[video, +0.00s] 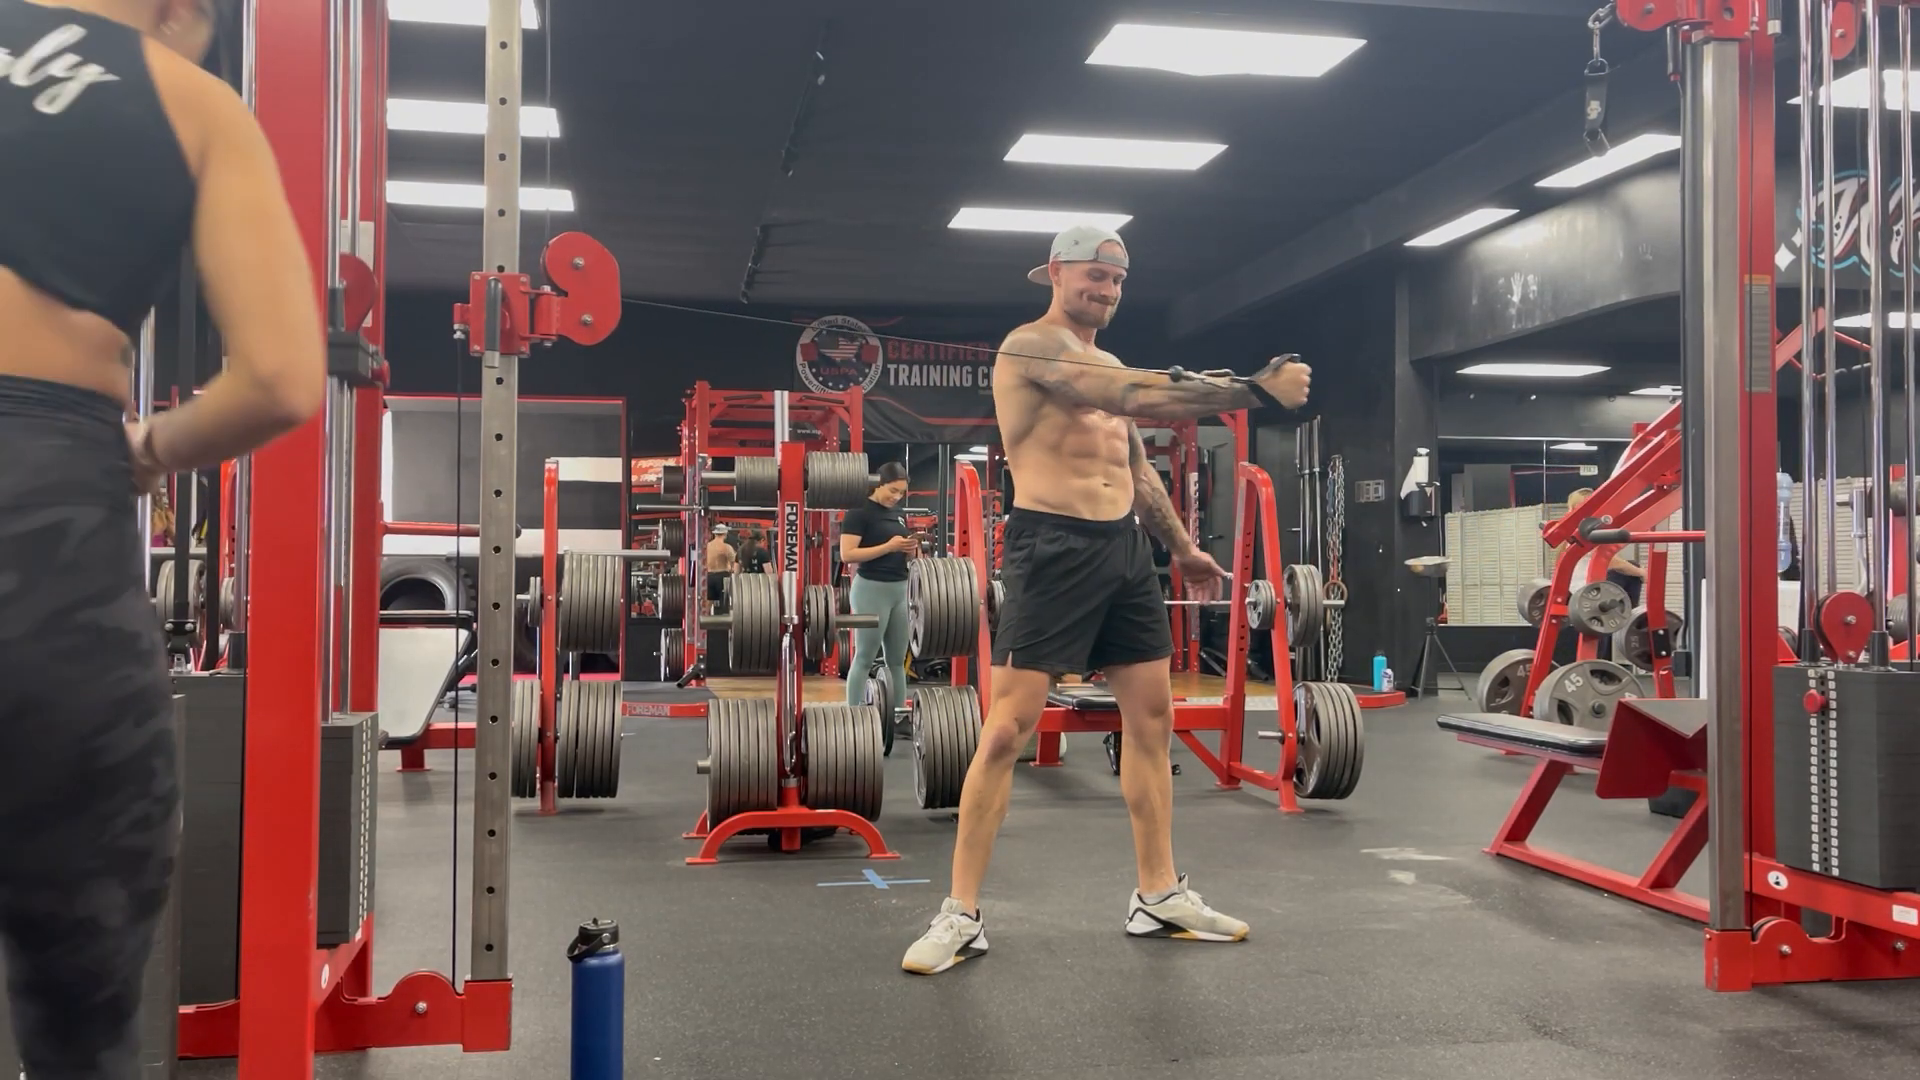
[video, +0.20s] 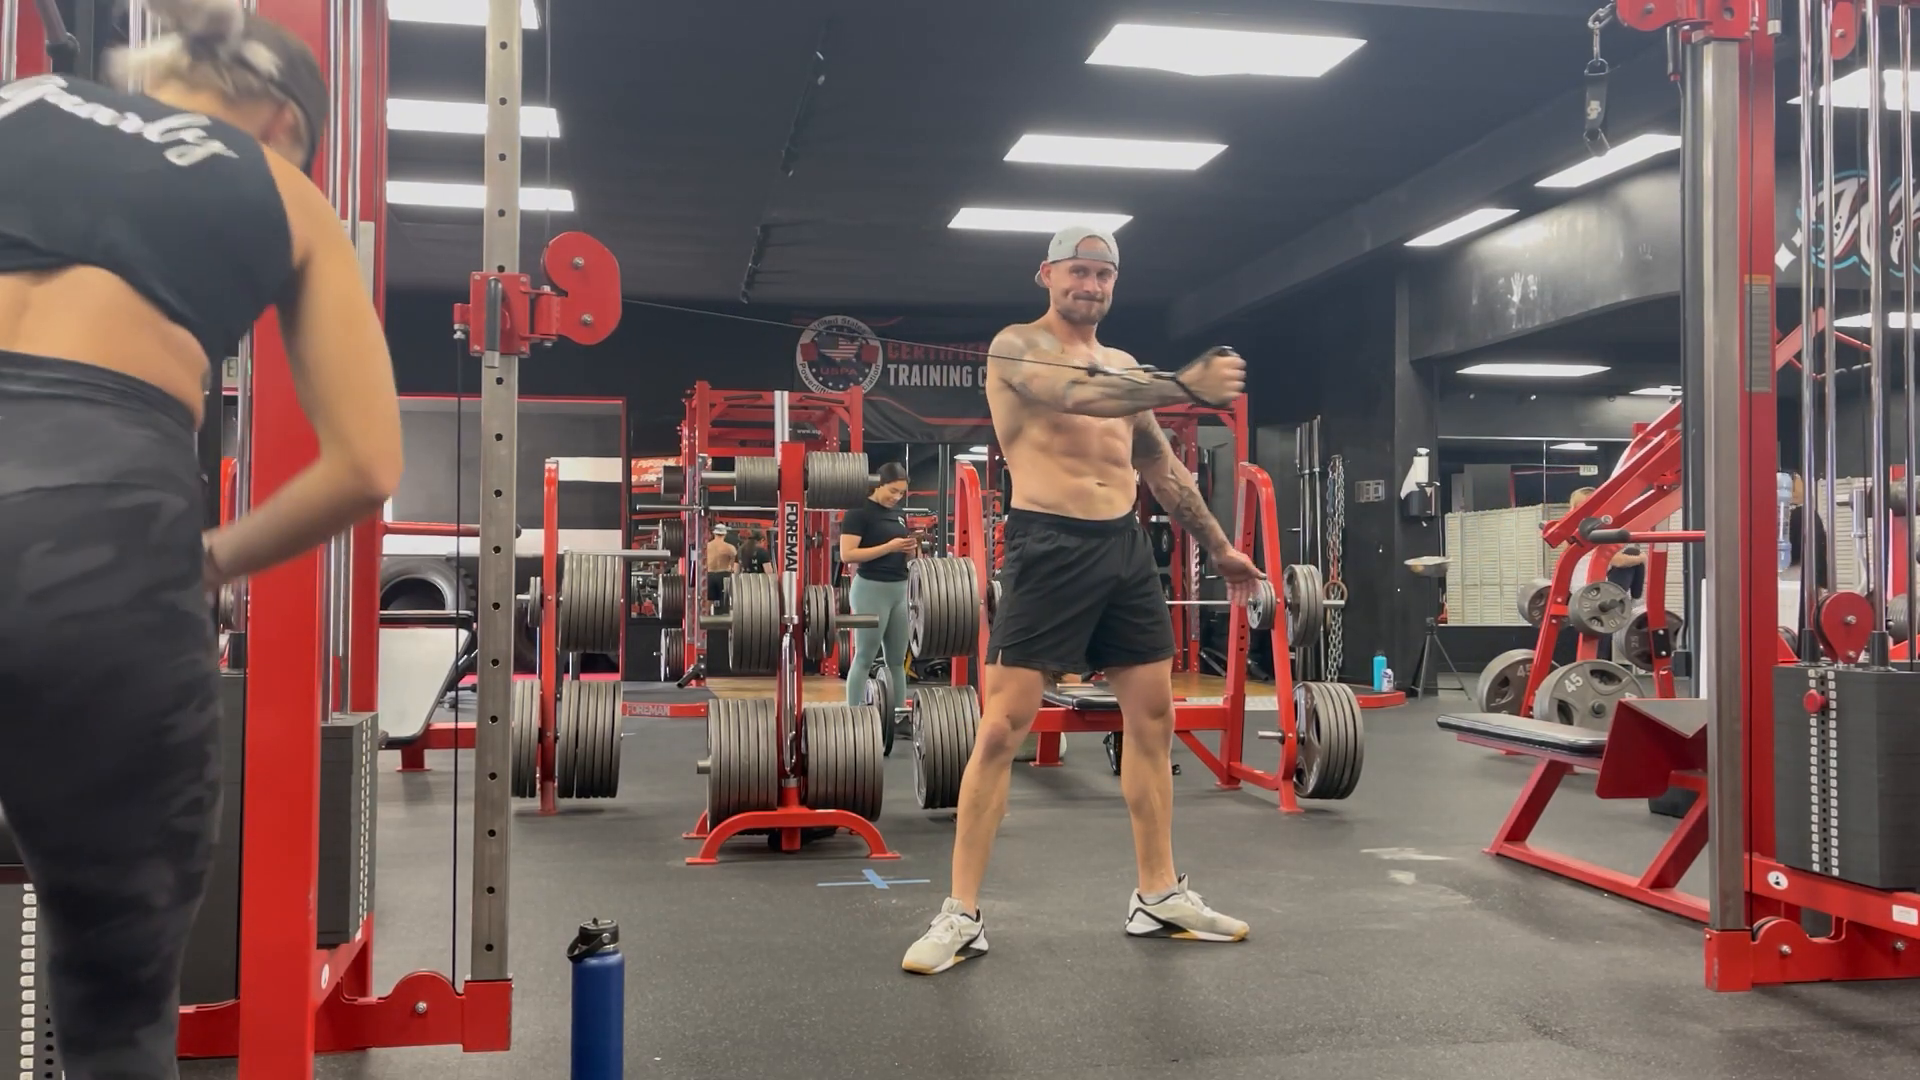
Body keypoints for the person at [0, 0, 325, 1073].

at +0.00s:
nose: (206, 40)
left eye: (207, 34)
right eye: (207, 30)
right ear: (172, 11)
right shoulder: (195, 104)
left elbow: (277, 381)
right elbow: (282, 382)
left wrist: (132, 447)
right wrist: (141, 445)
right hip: (43, 482)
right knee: (82, 1011)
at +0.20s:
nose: (301, 182)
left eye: (302, 159)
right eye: (303, 156)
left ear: (146, 80)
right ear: (277, 120)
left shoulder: (28, 104)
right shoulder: (284, 191)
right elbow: (365, 465)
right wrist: (209, 561)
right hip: (88, 497)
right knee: (114, 989)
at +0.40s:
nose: (336, 296)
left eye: (343, 286)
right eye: (341, 283)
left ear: (173, 191)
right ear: (313, 251)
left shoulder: (47, 206)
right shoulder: (322, 295)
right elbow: (403, 578)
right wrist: (266, 709)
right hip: (134, 506)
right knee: (140, 988)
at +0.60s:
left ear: (183, 267)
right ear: (305, 328)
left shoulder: (70, 291)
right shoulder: (321, 371)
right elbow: (390, 667)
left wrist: (23, 753)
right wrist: (288, 824)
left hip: (11, 473)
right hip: (184, 517)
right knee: (157, 987)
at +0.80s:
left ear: (197, 311)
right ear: (290, 356)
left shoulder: (81, 317)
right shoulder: (313, 402)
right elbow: (346, 731)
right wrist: (276, 903)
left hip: (17, 472)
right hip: (207, 508)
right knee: (165, 977)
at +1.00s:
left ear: (200, 331)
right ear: (285, 378)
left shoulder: (89, 336)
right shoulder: (309, 434)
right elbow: (310, 763)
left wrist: (21, 728)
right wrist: (256, 944)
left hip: (19, 472)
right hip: (221, 513)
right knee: (168, 977)